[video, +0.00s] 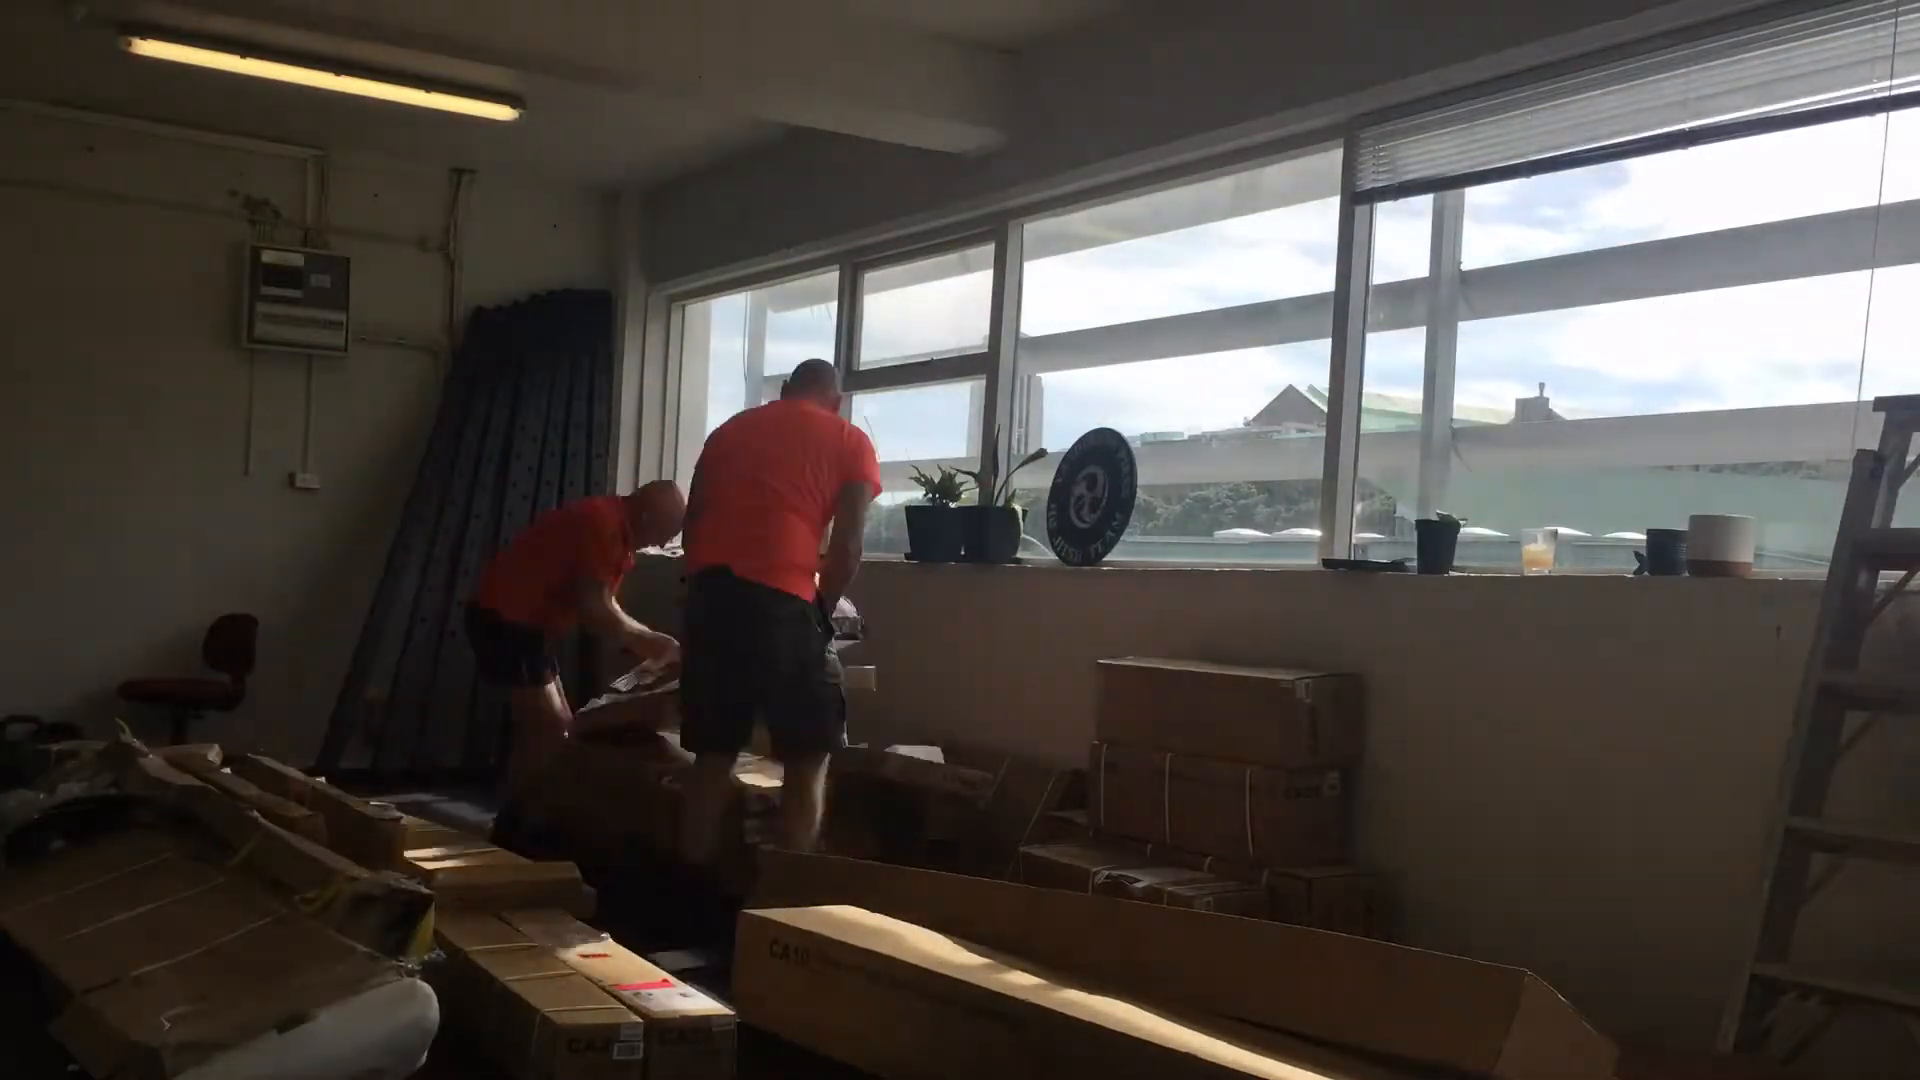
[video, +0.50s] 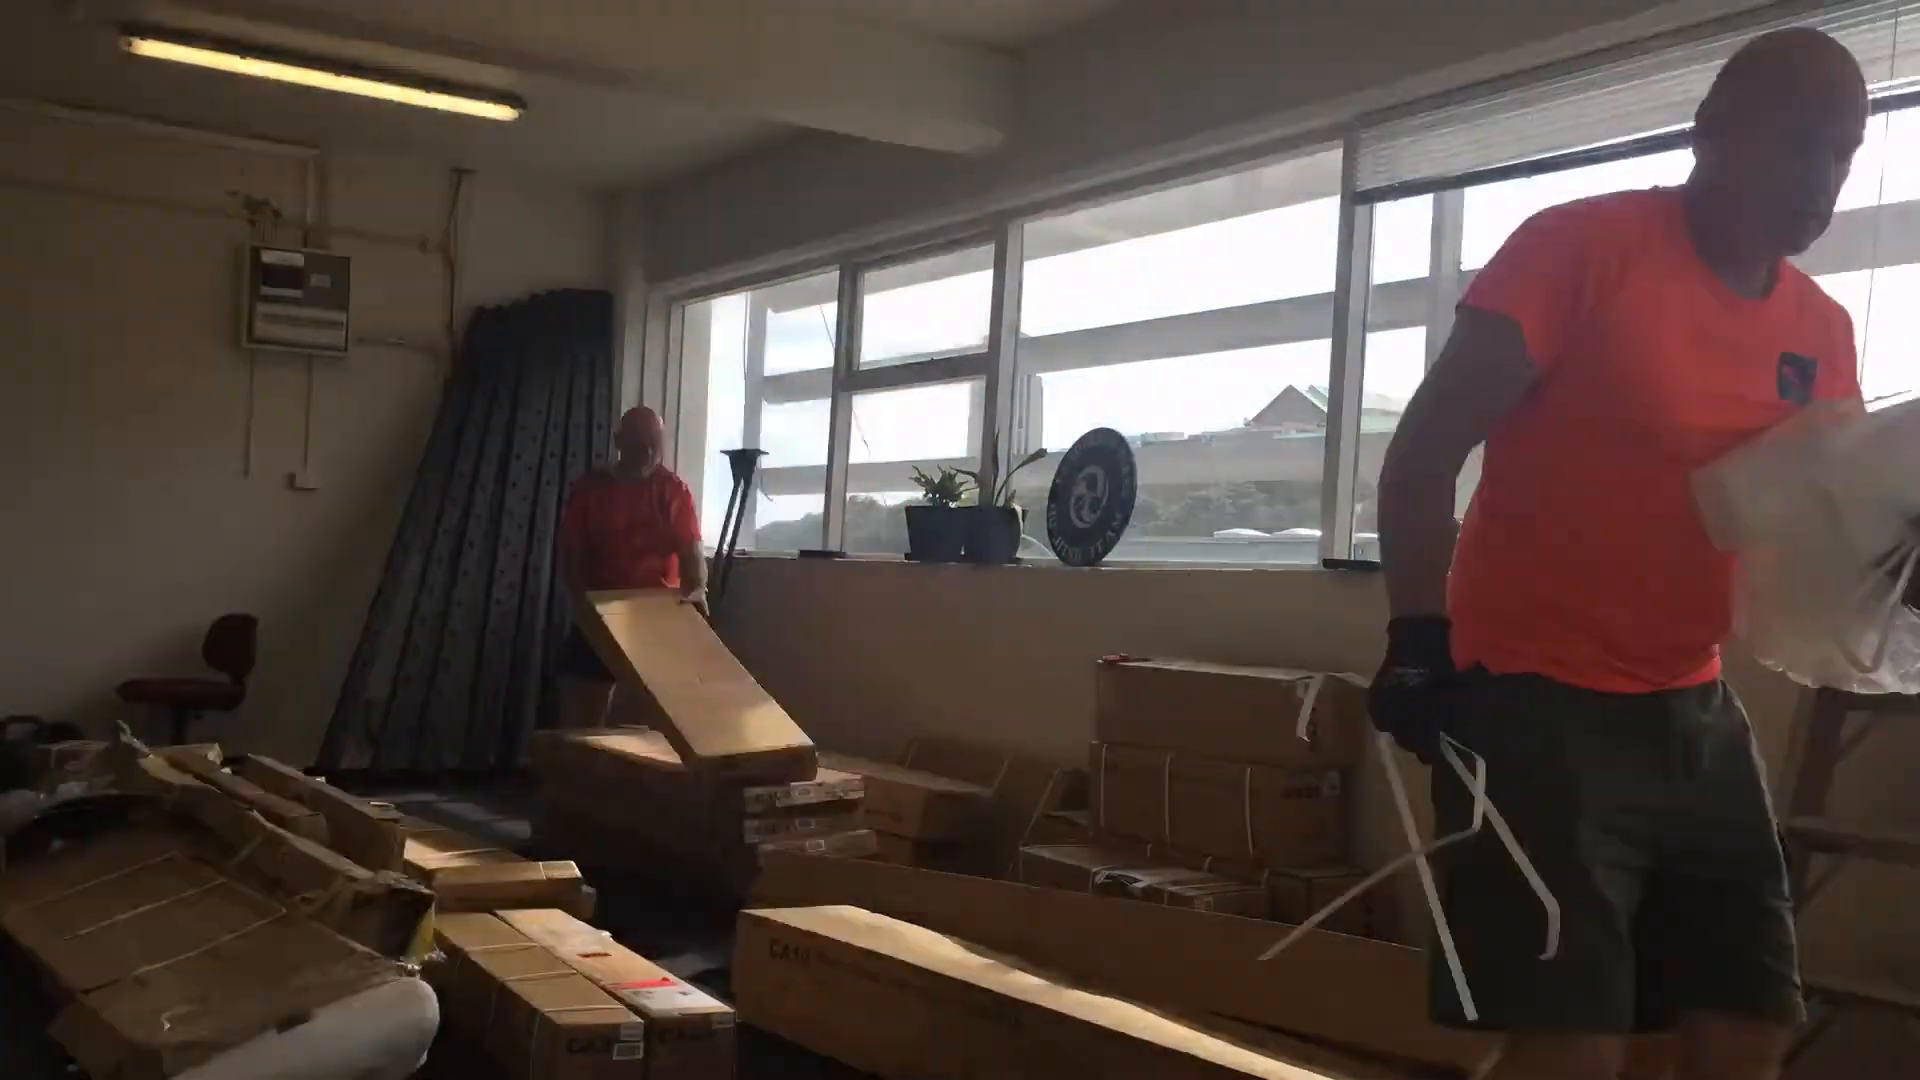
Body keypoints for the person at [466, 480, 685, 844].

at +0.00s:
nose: (665, 541)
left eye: (671, 534)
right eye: (667, 531)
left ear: (646, 512)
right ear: (648, 514)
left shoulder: (620, 539)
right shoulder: (601, 523)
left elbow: (604, 605)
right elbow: (593, 604)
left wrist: (643, 643)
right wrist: (646, 640)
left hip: (531, 622)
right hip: (505, 618)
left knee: (561, 725)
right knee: (550, 729)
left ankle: (527, 829)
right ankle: (516, 830)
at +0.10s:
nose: (685, 593)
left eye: (693, 592)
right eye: (692, 589)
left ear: (681, 561)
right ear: (690, 575)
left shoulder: (639, 553)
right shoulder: (663, 570)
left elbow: (590, 625)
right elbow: (643, 636)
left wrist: (611, 675)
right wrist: (654, 684)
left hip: (538, 590)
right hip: (563, 603)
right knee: (588, 681)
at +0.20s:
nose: (683, 586)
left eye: (690, 584)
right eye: (689, 579)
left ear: (686, 555)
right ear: (686, 559)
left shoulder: (658, 549)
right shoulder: (662, 560)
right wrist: (636, 667)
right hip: (562, 602)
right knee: (588, 695)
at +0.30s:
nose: (703, 469)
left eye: (705, 461)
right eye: (705, 461)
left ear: (665, 438)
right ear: (700, 456)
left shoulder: (605, 451)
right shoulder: (692, 499)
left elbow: (532, 494)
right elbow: (703, 596)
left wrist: (620, 566)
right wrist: (714, 676)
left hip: (516, 577)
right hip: (575, 600)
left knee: (519, 710)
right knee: (618, 727)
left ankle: (493, 823)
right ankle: (587, 841)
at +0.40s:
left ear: (603, 428)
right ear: (655, 427)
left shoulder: (572, 464)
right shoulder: (689, 457)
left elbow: (552, 551)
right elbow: (720, 545)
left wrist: (552, 617)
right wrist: (671, 554)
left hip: (583, 597)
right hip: (656, 599)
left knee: (585, 729)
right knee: (672, 727)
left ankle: (585, 854)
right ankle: (644, 852)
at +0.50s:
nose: (647, 451)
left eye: (654, 443)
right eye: (637, 441)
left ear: (661, 444)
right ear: (618, 440)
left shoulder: (672, 489)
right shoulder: (590, 488)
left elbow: (690, 550)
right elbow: (572, 552)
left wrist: (695, 591)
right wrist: (582, 606)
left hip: (657, 616)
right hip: (598, 613)